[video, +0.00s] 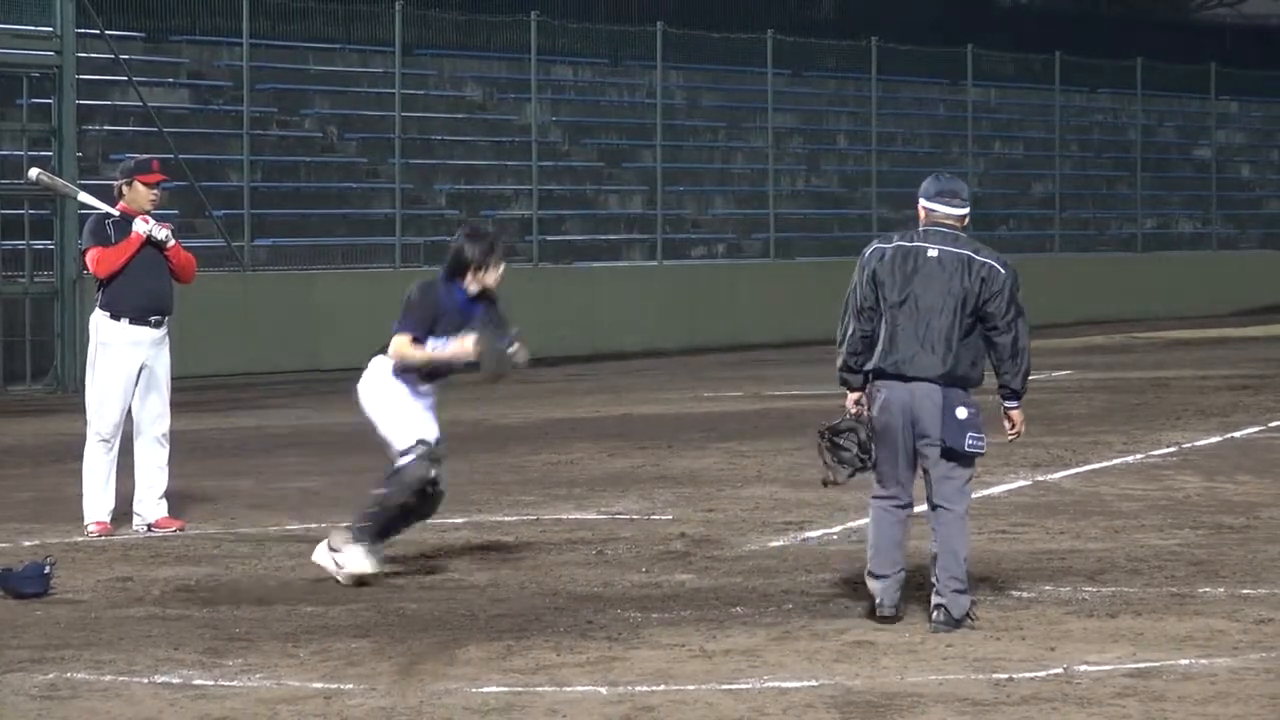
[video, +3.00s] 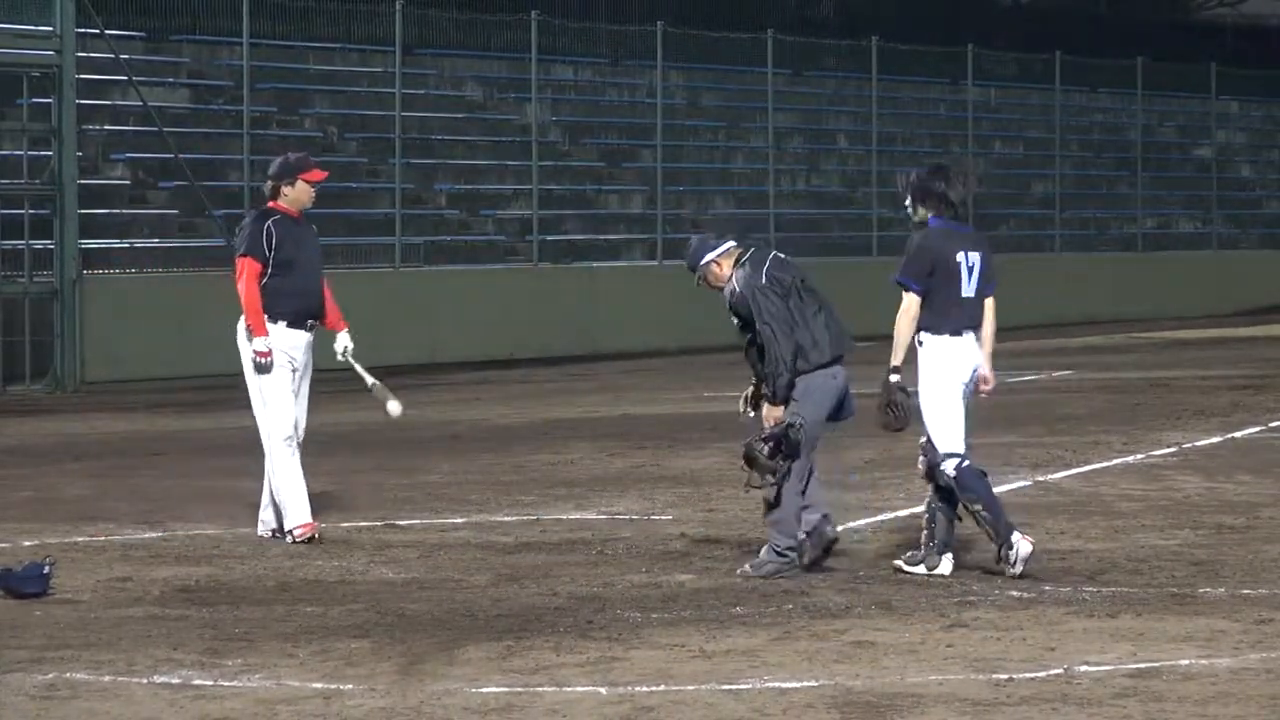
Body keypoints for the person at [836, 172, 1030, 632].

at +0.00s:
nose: (922, 216)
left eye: (921, 210)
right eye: (954, 214)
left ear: (920, 212)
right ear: (965, 217)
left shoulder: (879, 254)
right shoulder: (988, 265)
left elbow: (858, 324)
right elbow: (1007, 336)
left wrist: (854, 382)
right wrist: (1012, 398)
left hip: (889, 393)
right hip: (950, 397)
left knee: (890, 494)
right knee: (950, 502)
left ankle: (885, 596)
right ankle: (949, 604)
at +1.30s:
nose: (869, 215)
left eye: (871, 210)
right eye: (904, 210)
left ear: (868, 214)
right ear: (911, 213)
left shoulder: (839, 255)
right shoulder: (943, 260)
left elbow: (824, 324)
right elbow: (955, 327)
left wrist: (821, 378)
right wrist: (948, 376)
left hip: (863, 385)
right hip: (919, 385)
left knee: (859, 470)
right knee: (912, 480)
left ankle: (876, 545)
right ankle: (909, 569)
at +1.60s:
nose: (844, 224)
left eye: (844, 219)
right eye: (848, 219)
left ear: (848, 219)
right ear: (888, 217)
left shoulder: (826, 258)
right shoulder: (923, 257)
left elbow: (815, 327)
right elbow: (937, 321)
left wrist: (811, 383)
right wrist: (924, 369)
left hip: (851, 384)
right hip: (906, 383)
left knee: (848, 474)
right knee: (905, 476)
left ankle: (838, 567)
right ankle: (906, 571)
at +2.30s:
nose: (786, 242)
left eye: (784, 237)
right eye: (785, 237)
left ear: (792, 232)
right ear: (822, 225)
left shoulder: (795, 262)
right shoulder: (867, 257)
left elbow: (790, 324)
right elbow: (884, 318)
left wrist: (783, 384)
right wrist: (882, 372)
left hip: (828, 382)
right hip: (870, 381)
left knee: (819, 473)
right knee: (852, 471)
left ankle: (838, 565)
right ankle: (855, 556)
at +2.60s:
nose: (759, 252)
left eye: (757, 244)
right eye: (755, 246)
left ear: (767, 235)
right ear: (791, 228)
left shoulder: (780, 260)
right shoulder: (832, 248)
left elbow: (799, 317)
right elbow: (853, 308)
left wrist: (794, 377)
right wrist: (866, 363)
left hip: (830, 369)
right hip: (864, 365)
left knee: (788, 453)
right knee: (845, 458)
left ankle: (816, 543)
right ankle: (852, 547)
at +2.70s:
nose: (749, 261)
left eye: (746, 252)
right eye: (744, 254)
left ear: (756, 240)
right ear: (773, 233)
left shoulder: (777, 265)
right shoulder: (813, 249)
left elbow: (800, 322)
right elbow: (833, 311)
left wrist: (792, 381)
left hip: (830, 370)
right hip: (859, 364)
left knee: (793, 461)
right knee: (843, 461)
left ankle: (793, 550)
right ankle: (852, 551)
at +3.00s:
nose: (708, 285)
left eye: (705, 276)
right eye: (704, 279)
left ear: (717, 262)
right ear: (726, 256)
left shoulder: (749, 283)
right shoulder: (762, 264)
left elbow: (780, 341)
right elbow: (773, 335)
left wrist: (776, 398)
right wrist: (762, 382)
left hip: (811, 375)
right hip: (826, 368)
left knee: (782, 457)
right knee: (796, 454)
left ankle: (782, 549)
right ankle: (816, 525)